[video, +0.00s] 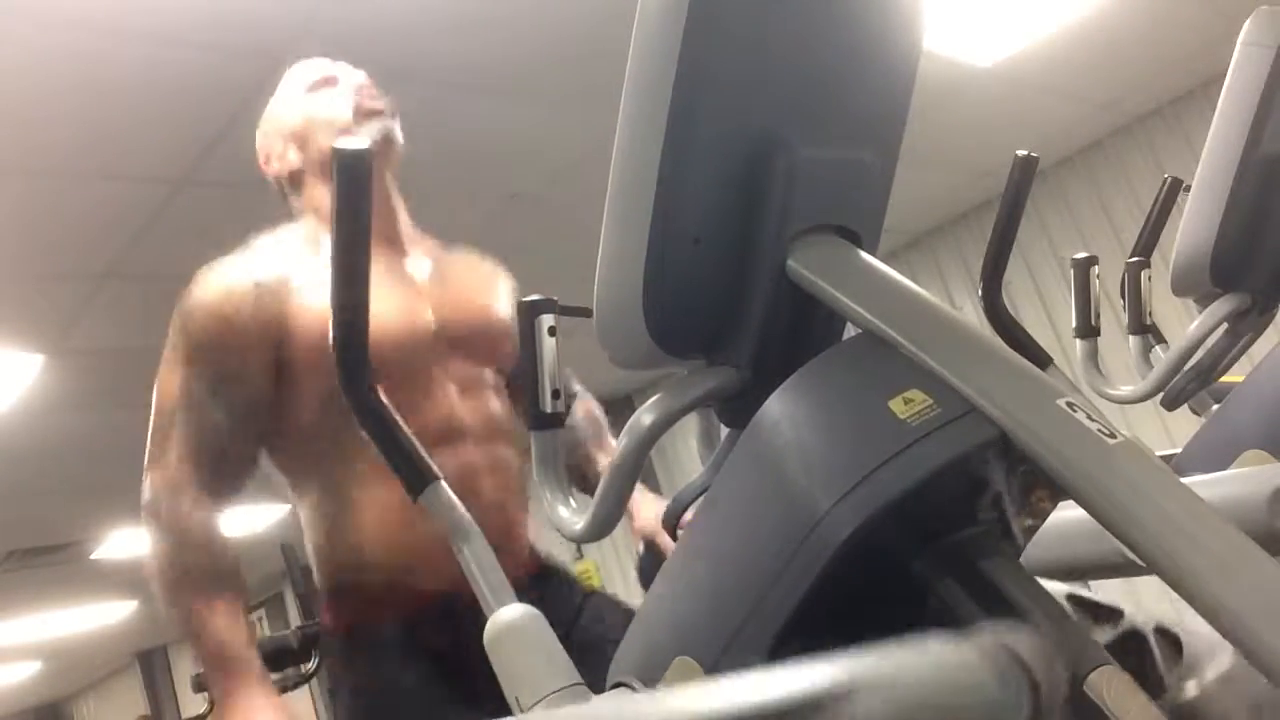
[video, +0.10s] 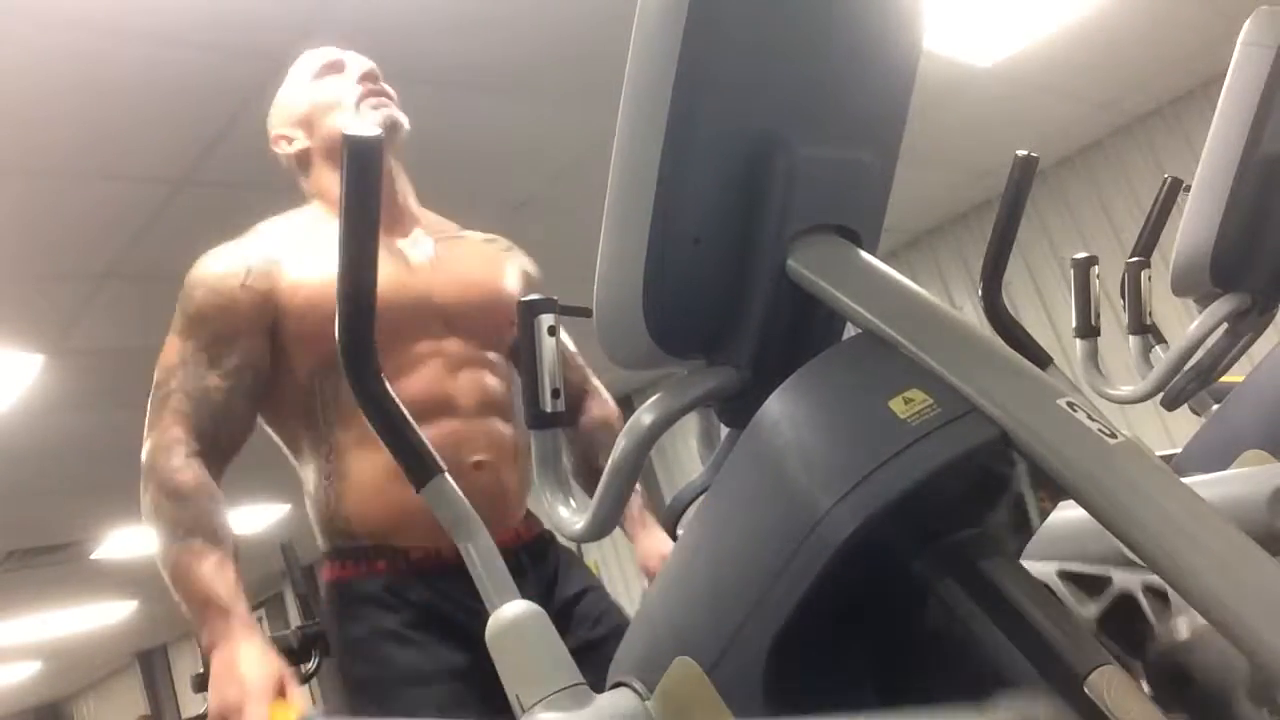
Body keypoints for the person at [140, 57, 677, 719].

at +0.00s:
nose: (362, 85)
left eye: (368, 79)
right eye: (321, 83)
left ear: (391, 123)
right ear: (276, 156)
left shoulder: (479, 275)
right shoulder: (242, 292)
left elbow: (561, 400)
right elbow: (178, 501)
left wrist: (635, 496)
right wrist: (241, 688)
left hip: (542, 605)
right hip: (390, 641)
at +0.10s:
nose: (370, 75)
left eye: (377, 73)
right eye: (331, 72)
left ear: (400, 119)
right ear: (288, 138)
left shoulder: (500, 258)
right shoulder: (246, 273)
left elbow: (579, 397)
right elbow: (175, 458)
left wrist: (646, 528)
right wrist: (230, 638)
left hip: (540, 574)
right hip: (393, 606)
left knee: (675, 705)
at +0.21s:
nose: (382, 107)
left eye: (392, 104)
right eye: (347, 105)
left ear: (422, 145)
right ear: (313, 175)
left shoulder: (523, 285)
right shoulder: (262, 307)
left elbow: (612, 438)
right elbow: (175, 474)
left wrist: (666, 584)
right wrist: (231, 602)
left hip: (546, 601)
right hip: (401, 625)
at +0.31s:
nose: (413, 152)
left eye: (423, 148)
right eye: (377, 151)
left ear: (445, 190)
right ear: (335, 221)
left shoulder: (554, 338)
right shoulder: (282, 359)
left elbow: (646, 523)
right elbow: (186, 511)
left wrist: (693, 654)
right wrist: (227, 574)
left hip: (556, 652)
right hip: (404, 670)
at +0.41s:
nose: (383, 131)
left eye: (392, 126)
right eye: (346, 132)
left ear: (423, 163)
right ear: (316, 200)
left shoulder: (537, 304)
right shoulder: (270, 334)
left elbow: (629, 480)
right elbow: (184, 496)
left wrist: (680, 619)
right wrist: (229, 573)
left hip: (553, 633)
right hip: (406, 655)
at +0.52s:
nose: (348, 87)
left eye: (358, 86)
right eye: (311, 90)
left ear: (387, 131)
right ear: (277, 159)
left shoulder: (507, 249)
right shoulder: (241, 291)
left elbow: (599, 401)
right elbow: (181, 471)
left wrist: (656, 539)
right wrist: (230, 608)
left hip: (542, 582)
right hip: (397, 608)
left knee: (634, 712)